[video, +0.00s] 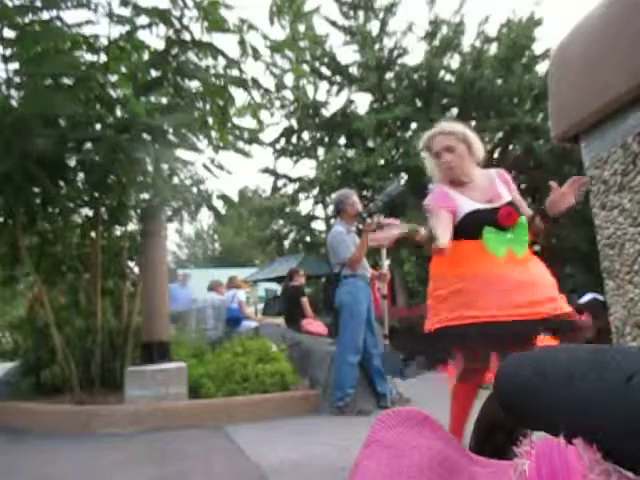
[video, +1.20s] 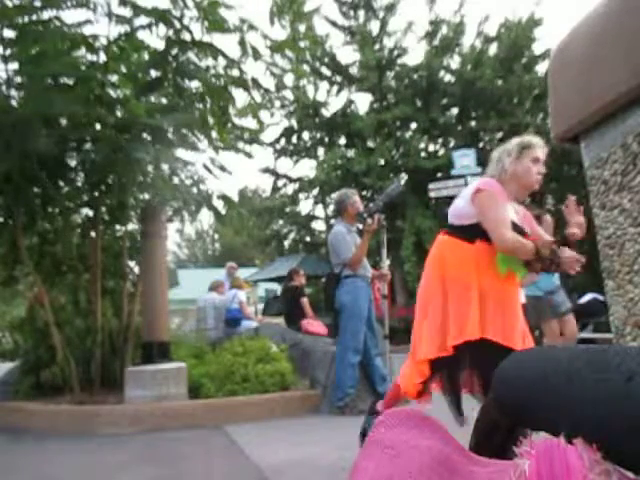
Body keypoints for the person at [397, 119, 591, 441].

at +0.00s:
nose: (445, 159)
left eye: (451, 150)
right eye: (437, 155)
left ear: (470, 149)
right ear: (434, 164)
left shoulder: (499, 178)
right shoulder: (440, 196)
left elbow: (529, 227)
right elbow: (441, 237)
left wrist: (548, 212)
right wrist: (436, 240)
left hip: (516, 280)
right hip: (467, 284)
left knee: (521, 362)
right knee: (474, 365)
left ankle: (520, 437)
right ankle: (454, 441)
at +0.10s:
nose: (452, 160)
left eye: (457, 150)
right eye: (443, 156)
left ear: (473, 150)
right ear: (436, 165)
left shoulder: (497, 183)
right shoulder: (443, 196)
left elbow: (514, 235)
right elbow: (455, 231)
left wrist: (540, 222)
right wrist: (475, 247)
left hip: (515, 281)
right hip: (466, 286)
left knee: (535, 355)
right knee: (472, 367)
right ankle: (455, 441)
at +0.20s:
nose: (461, 153)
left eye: (465, 144)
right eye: (450, 150)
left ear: (479, 147)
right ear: (441, 160)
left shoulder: (493, 184)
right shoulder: (449, 191)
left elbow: (505, 224)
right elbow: (480, 241)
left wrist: (533, 218)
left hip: (501, 290)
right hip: (468, 296)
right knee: (472, 371)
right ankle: (455, 442)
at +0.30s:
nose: (473, 147)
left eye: (478, 138)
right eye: (463, 143)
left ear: (487, 142)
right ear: (449, 152)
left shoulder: (487, 180)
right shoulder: (456, 183)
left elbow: (497, 215)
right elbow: (496, 231)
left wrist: (525, 203)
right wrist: (556, 224)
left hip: (490, 283)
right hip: (470, 286)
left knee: (474, 367)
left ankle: (454, 443)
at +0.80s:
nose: (522, 145)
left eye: (521, 138)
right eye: (517, 137)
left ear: (494, 139)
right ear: (501, 138)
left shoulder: (490, 171)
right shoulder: (483, 172)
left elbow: (518, 190)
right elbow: (509, 223)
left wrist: (531, 193)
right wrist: (532, 231)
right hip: (473, 278)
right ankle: (454, 438)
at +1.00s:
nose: (537, 156)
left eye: (537, 149)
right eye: (532, 148)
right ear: (511, 148)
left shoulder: (511, 191)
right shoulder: (488, 174)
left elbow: (542, 219)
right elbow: (503, 224)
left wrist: (572, 202)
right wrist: (542, 246)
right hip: (461, 268)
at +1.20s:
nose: (542, 170)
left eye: (544, 164)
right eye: (536, 162)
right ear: (512, 162)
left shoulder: (519, 211)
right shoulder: (485, 190)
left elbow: (543, 245)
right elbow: (504, 241)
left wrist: (569, 241)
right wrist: (551, 257)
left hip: (488, 285)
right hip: (454, 281)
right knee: (439, 352)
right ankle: (385, 410)